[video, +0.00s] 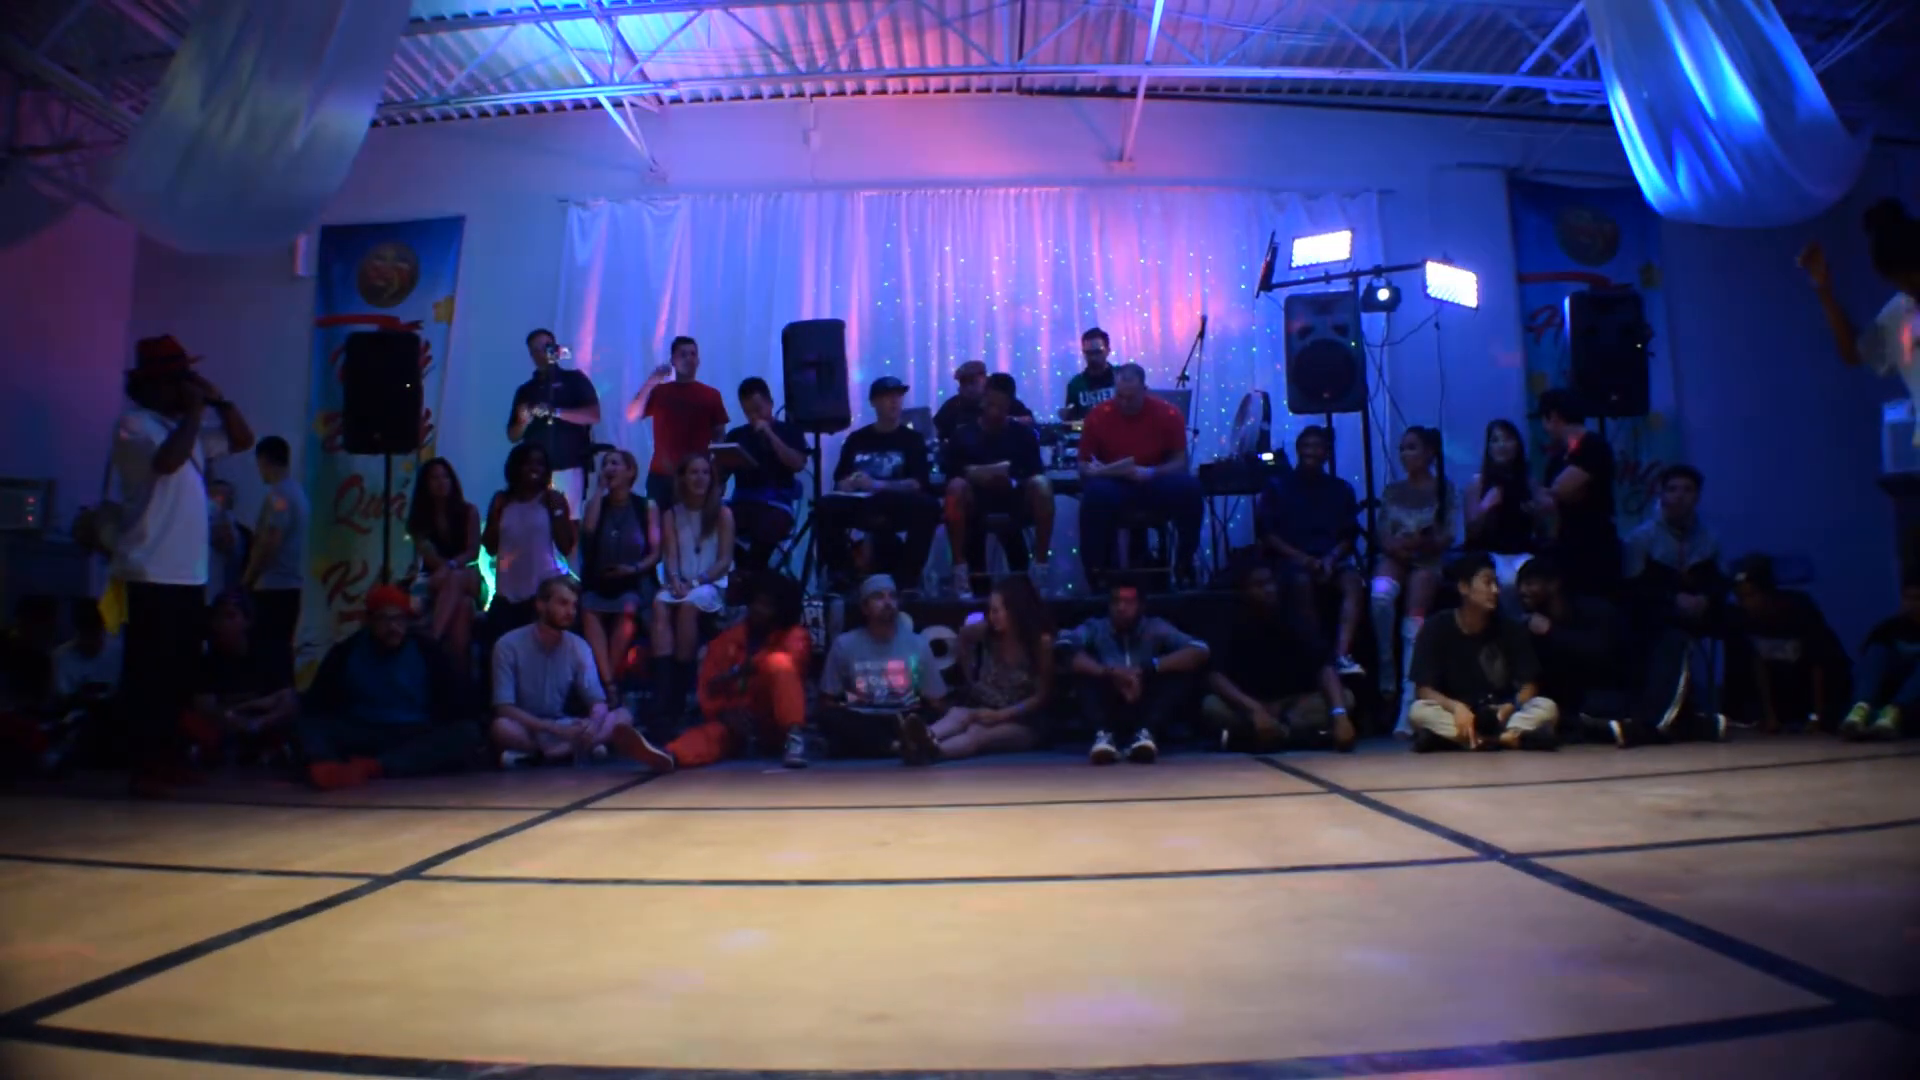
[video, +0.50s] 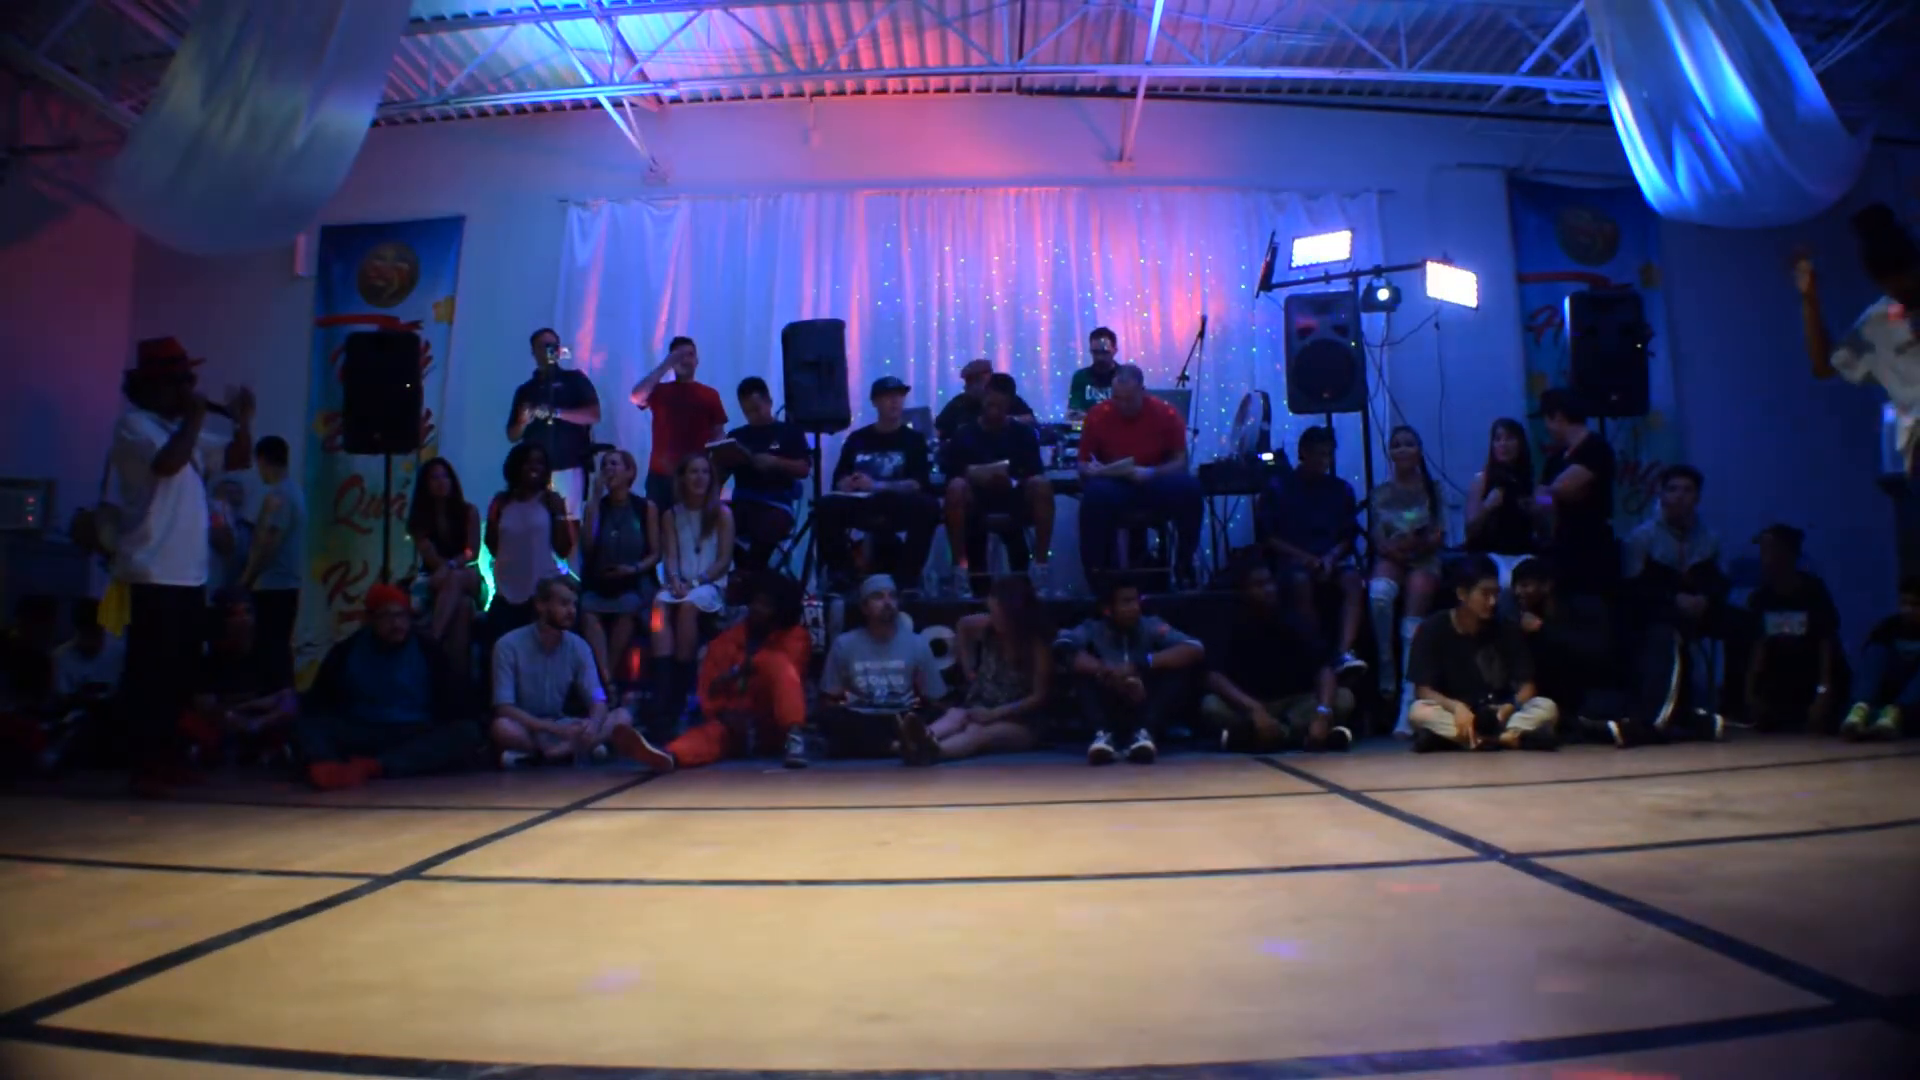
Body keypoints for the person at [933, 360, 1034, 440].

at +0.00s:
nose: (967, 388)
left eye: (972, 382)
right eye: (963, 383)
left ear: (984, 380)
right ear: (959, 383)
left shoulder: (1002, 400)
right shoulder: (953, 405)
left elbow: (1029, 419)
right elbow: (935, 431)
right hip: (967, 456)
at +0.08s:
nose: (967, 388)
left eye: (972, 382)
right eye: (963, 383)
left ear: (985, 380)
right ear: (959, 383)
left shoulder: (1002, 400)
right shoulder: (953, 405)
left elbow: (1028, 419)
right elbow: (936, 430)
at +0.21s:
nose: (967, 388)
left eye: (973, 382)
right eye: (963, 382)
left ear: (986, 380)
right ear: (960, 382)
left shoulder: (1005, 402)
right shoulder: (953, 405)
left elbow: (1029, 421)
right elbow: (935, 430)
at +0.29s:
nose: (967, 387)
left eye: (973, 380)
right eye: (963, 381)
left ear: (985, 378)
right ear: (960, 381)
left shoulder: (1004, 400)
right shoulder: (954, 404)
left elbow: (1029, 420)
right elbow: (936, 428)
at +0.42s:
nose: (967, 386)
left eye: (974, 380)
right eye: (965, 380)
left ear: (987, 377)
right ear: (962, 379)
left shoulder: (1006, 400)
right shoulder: (957, 403)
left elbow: (1030, 420)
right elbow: (937, 428)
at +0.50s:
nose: (968, 385)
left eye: (975, 380)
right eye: (967, 380)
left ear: (988, 377)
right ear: (964, 379)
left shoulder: (1007, 399)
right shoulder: (959, 402)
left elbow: (1030, 419)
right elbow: (939, 428)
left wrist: (1001, 421)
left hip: (1006, 452)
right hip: (969, 455)